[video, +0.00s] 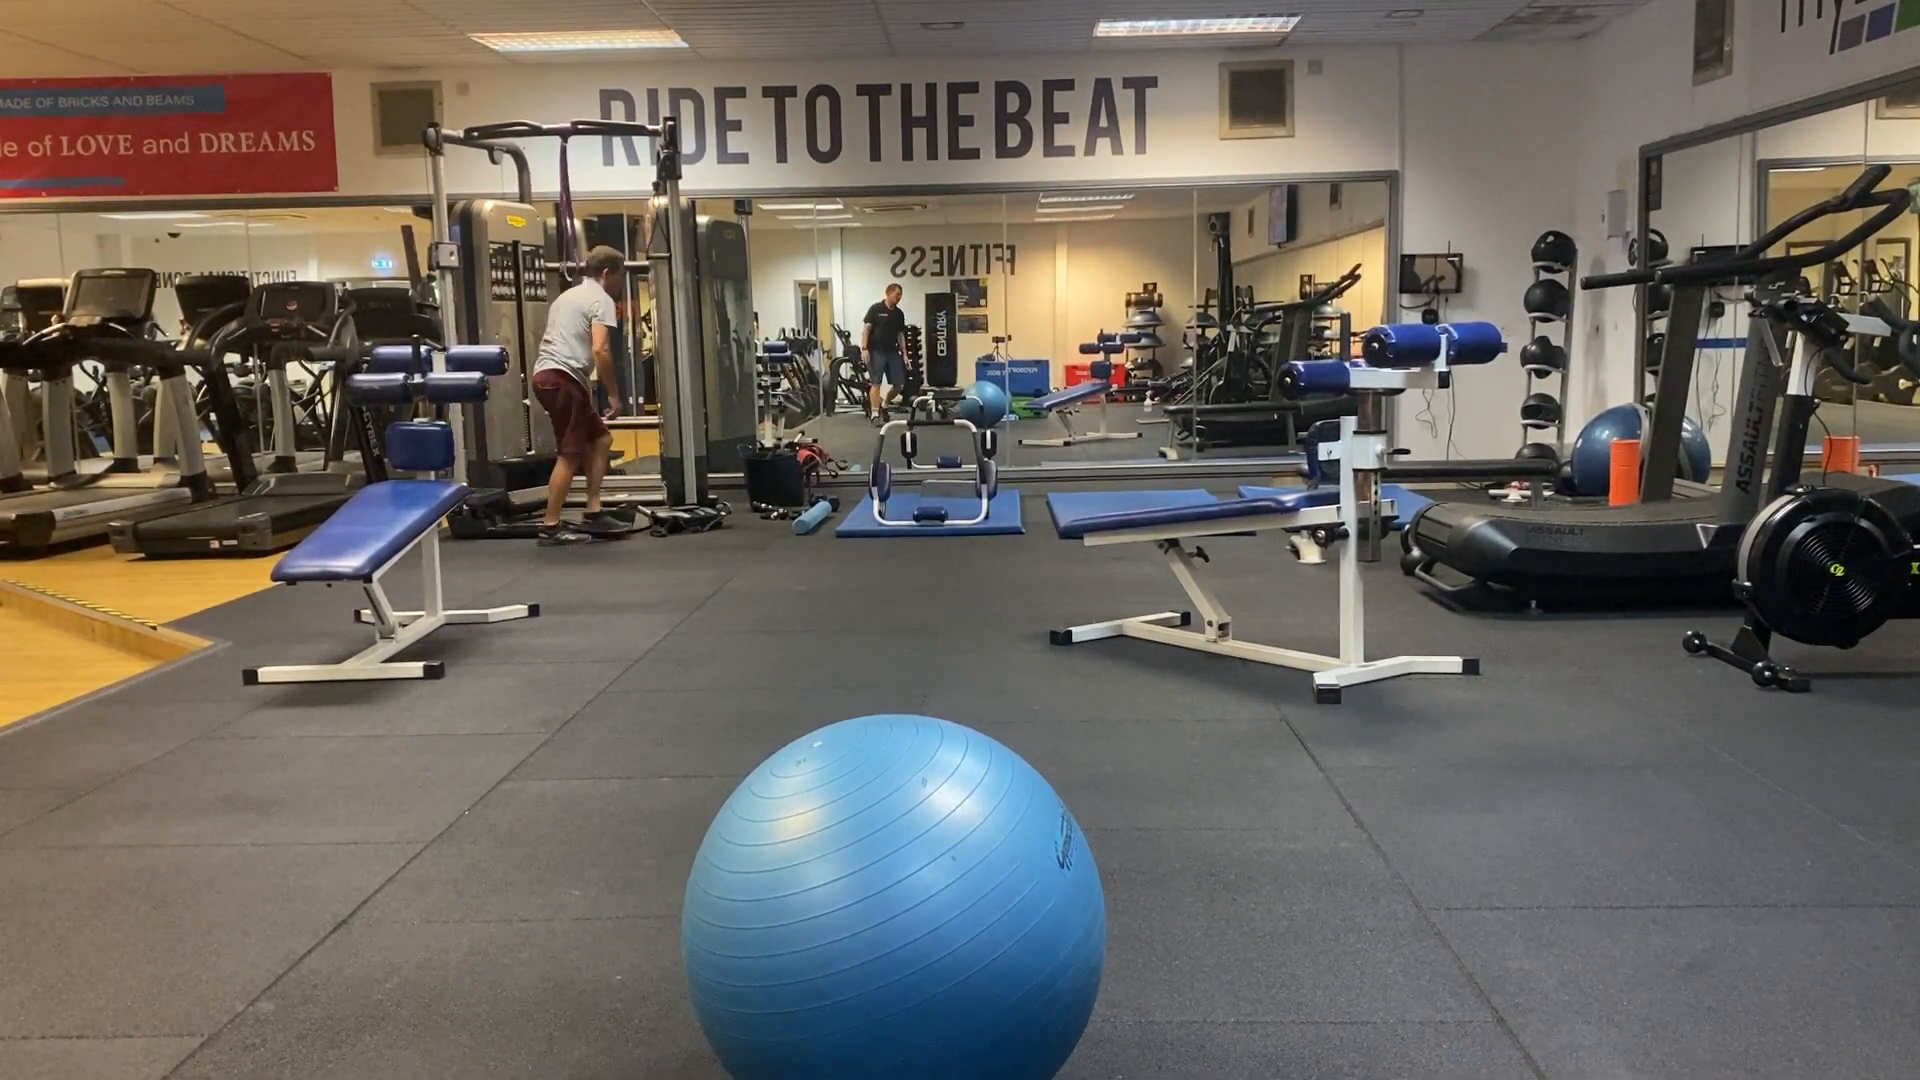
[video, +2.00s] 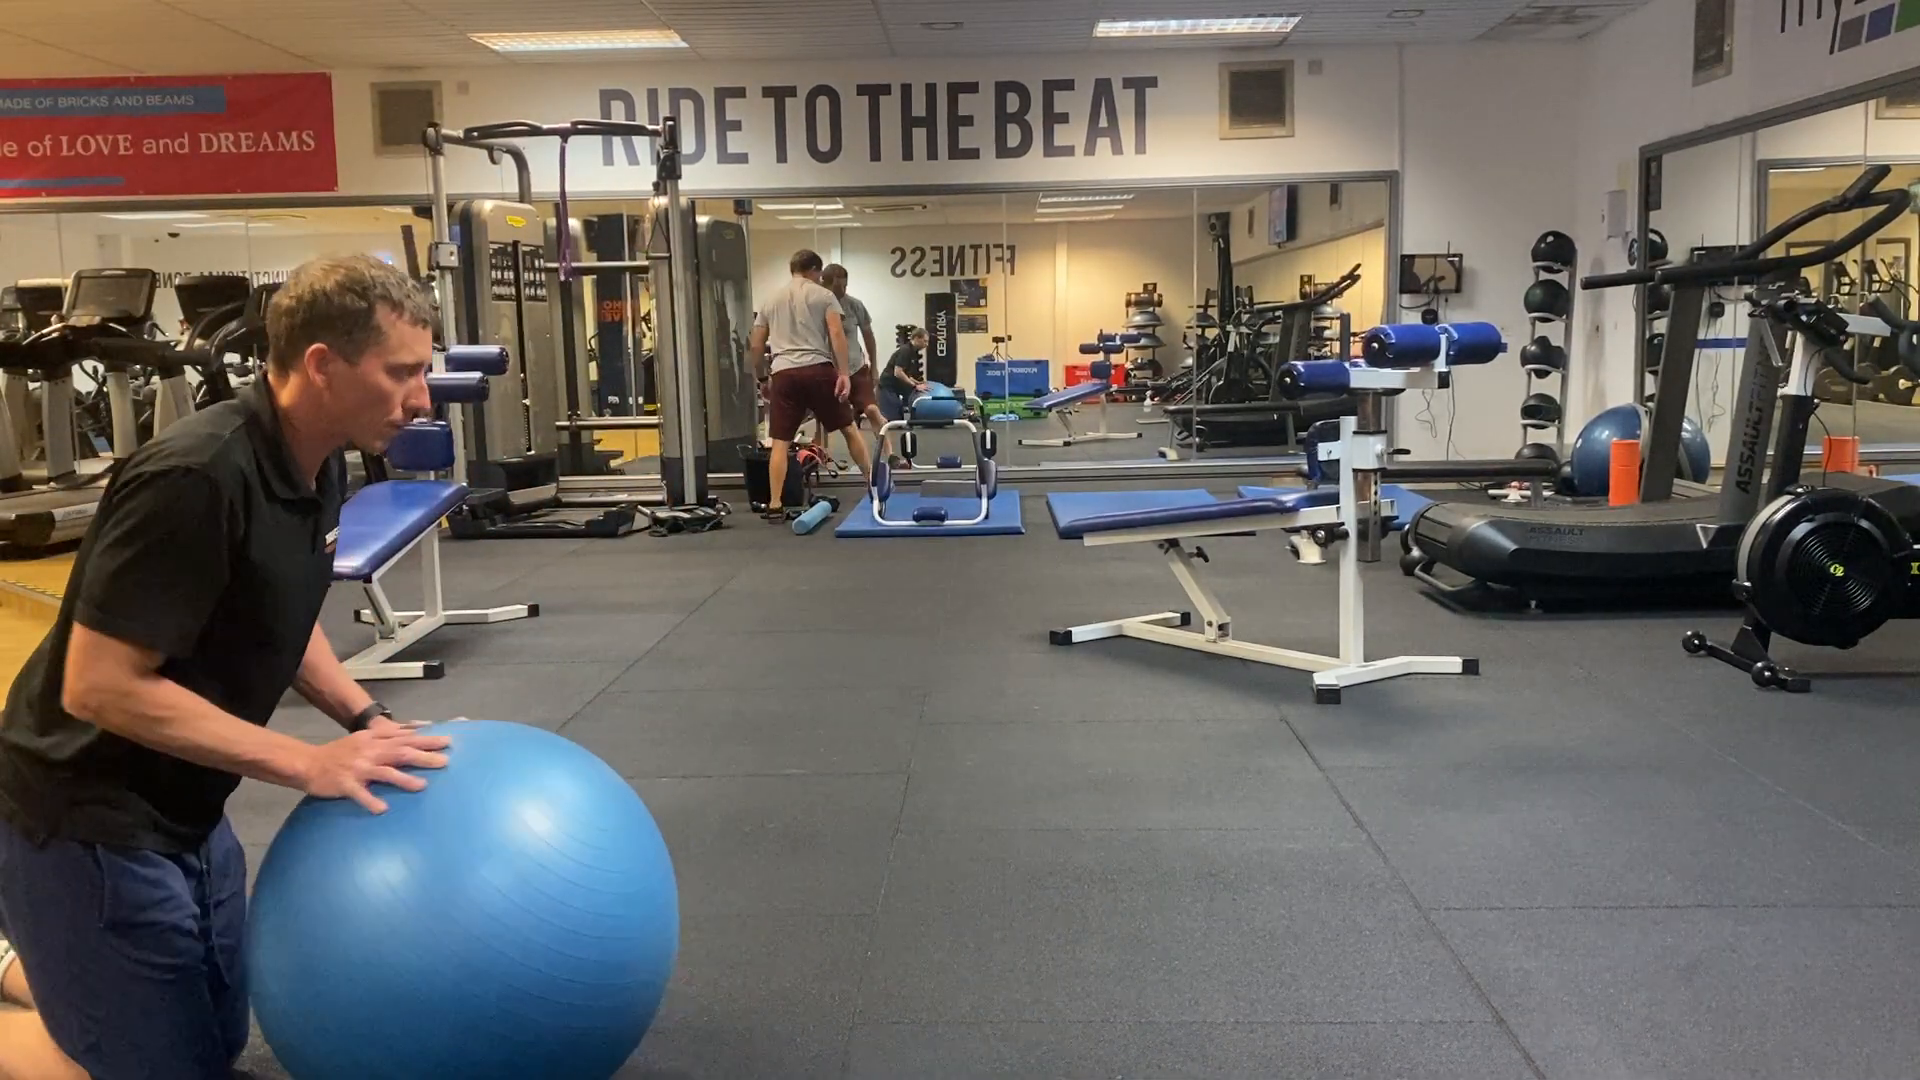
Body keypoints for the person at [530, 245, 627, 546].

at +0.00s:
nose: (622, 283)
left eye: (622, 276)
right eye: (621, 276)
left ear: (592, 272)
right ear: (606, 273)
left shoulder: (566, 296)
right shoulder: (601, 299)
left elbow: (558, 342)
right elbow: (600, 349)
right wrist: (613, 393)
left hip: (543, 377)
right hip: (563, 378)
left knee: (602, 439)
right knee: (571, 453)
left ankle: (594, 512)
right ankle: (550, 525)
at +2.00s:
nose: (821, 278)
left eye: (820, 274)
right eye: (820, 274)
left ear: (793, 270)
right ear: (815, 271)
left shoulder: (770, 300)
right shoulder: (825, 295)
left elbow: (756, 345)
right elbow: (836, 333)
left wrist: (760, 377)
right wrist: (844, 372)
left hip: (783, 375)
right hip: (821, 372)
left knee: (780, 443)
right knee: (850, 430)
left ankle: (775, 505)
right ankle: (874, 484)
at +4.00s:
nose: (773, 280)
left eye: (776, 273)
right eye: (773, 274)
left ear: (794, 274)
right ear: (798, 275)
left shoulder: (800, 301)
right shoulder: (816, 296)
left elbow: (802, 343)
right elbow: (827, 343)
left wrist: (773, 358)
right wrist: (795, 366)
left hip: (826, 379)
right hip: (844, 374)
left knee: (790, 438)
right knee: (850, 437)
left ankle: (791, 505)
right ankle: (882, 487)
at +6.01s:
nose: (606, 290)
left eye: (604, 284)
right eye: (604, 286)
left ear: (610, 276)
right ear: (628, 272)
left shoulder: (625, 292)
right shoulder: (651, 293)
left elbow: (611, 343)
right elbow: (663, 346)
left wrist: (587, 367)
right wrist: (641, 381)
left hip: (661, 380)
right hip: (676, 379)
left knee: (630, 448)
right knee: (647, 451)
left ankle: (675, 508)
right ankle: (649, 519)